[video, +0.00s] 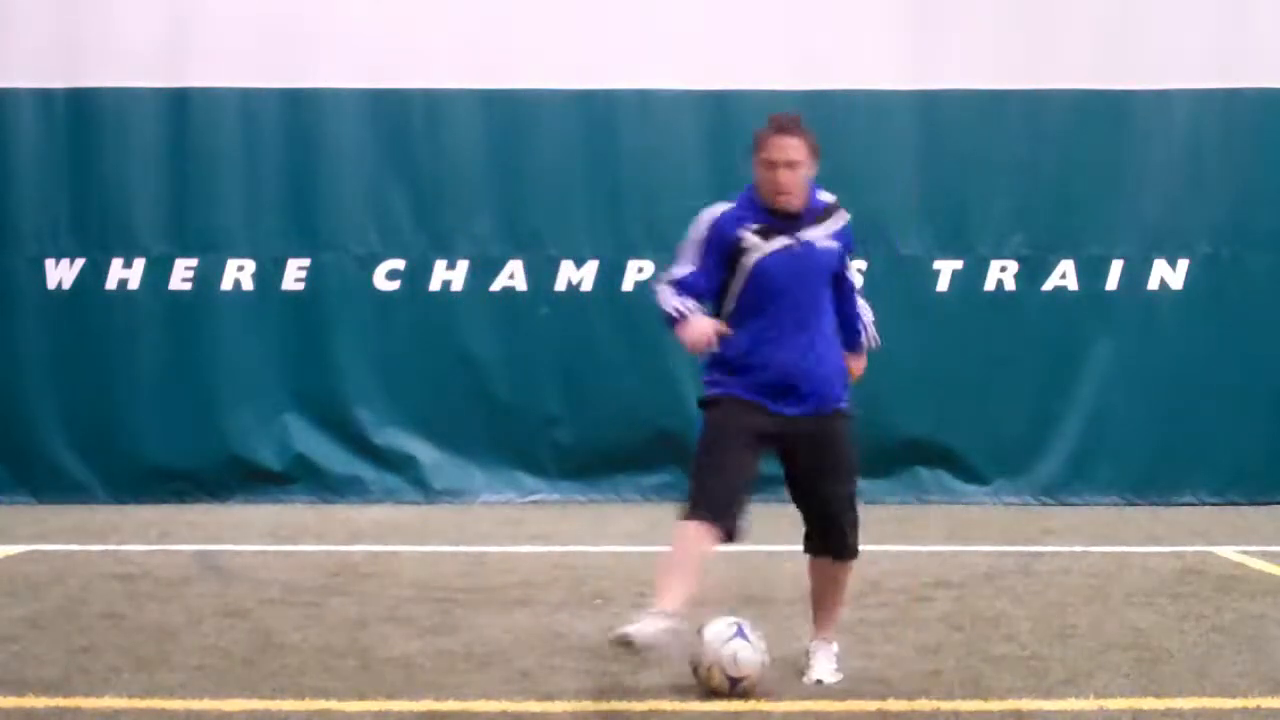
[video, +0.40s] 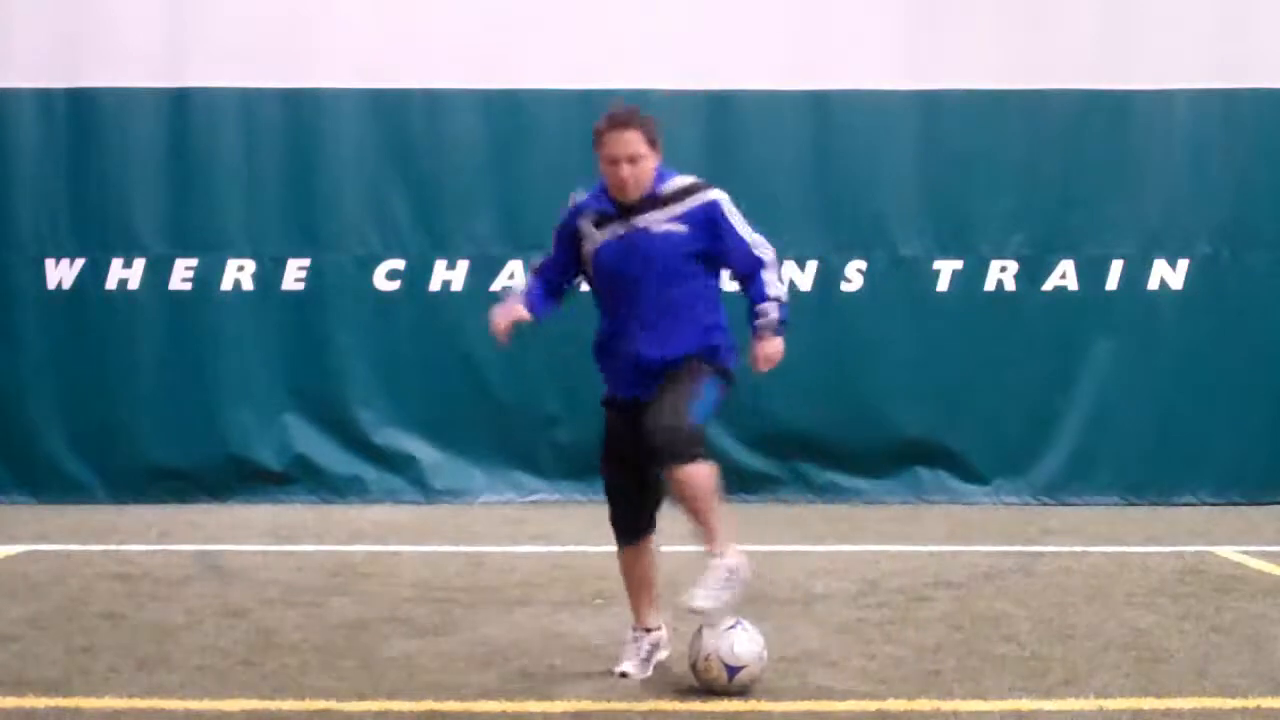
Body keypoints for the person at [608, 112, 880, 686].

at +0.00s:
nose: (783, 177)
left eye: (794, 166)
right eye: (771, 166)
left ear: (813, 168)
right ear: (754, 168)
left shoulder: (835, 223)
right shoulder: (722, 224)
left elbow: (847, 287)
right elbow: (673, 287)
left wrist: (860, 343)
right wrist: (687, 316)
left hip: (818, 402)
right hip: (740, 398)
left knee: (835, 528)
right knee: (709, 503)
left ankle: (824, 644)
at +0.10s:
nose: (736, 150)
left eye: (746, 139)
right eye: (725, 140)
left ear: (766, 138)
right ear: (708, 142)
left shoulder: (797, 188)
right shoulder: (682, 198)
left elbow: (823, 253)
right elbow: (636, 263)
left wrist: (837, 303)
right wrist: (643, 297)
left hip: (792, 375)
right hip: (712, 373)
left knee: (818, 504)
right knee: (673, 487)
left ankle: (822, 627)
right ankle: (627, 619)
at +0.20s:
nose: (690, 151)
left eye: (700, 139)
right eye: (678, 141)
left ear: (723, 137)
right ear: (663, 144)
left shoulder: (762, 183)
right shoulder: (643, 204)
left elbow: (803, 237)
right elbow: (603, 278)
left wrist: (820, 297)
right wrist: (607, 319)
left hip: (759, 363)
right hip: (680, 375)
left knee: (794, 456)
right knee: (650, 501)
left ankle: (783, 566)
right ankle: (638, 624)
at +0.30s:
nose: (653, 177)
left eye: (663, 164)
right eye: (641, 166)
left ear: (685, 162)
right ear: (626, 170)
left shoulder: (723, 208)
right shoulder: (607, 228)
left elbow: (772, 258)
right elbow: (573, 295)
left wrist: (790, 313)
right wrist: (558, 336)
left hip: (725, 373)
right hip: (652, 392)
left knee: (739, 446)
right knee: (643, 521)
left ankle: (750, 570)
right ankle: (645, 636)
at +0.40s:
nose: (622, 173)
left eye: (633, 160)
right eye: (611, 162)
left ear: (655, 156)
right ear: (598, 164)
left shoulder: (699, 202)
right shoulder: (586, 217)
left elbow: (760, 260)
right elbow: (554, 275)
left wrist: (768, 325)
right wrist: (523, 302)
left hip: (693, 361)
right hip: (627, 376)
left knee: (671, 433)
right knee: (627, 509)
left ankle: (725, 556)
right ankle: (647, 630)